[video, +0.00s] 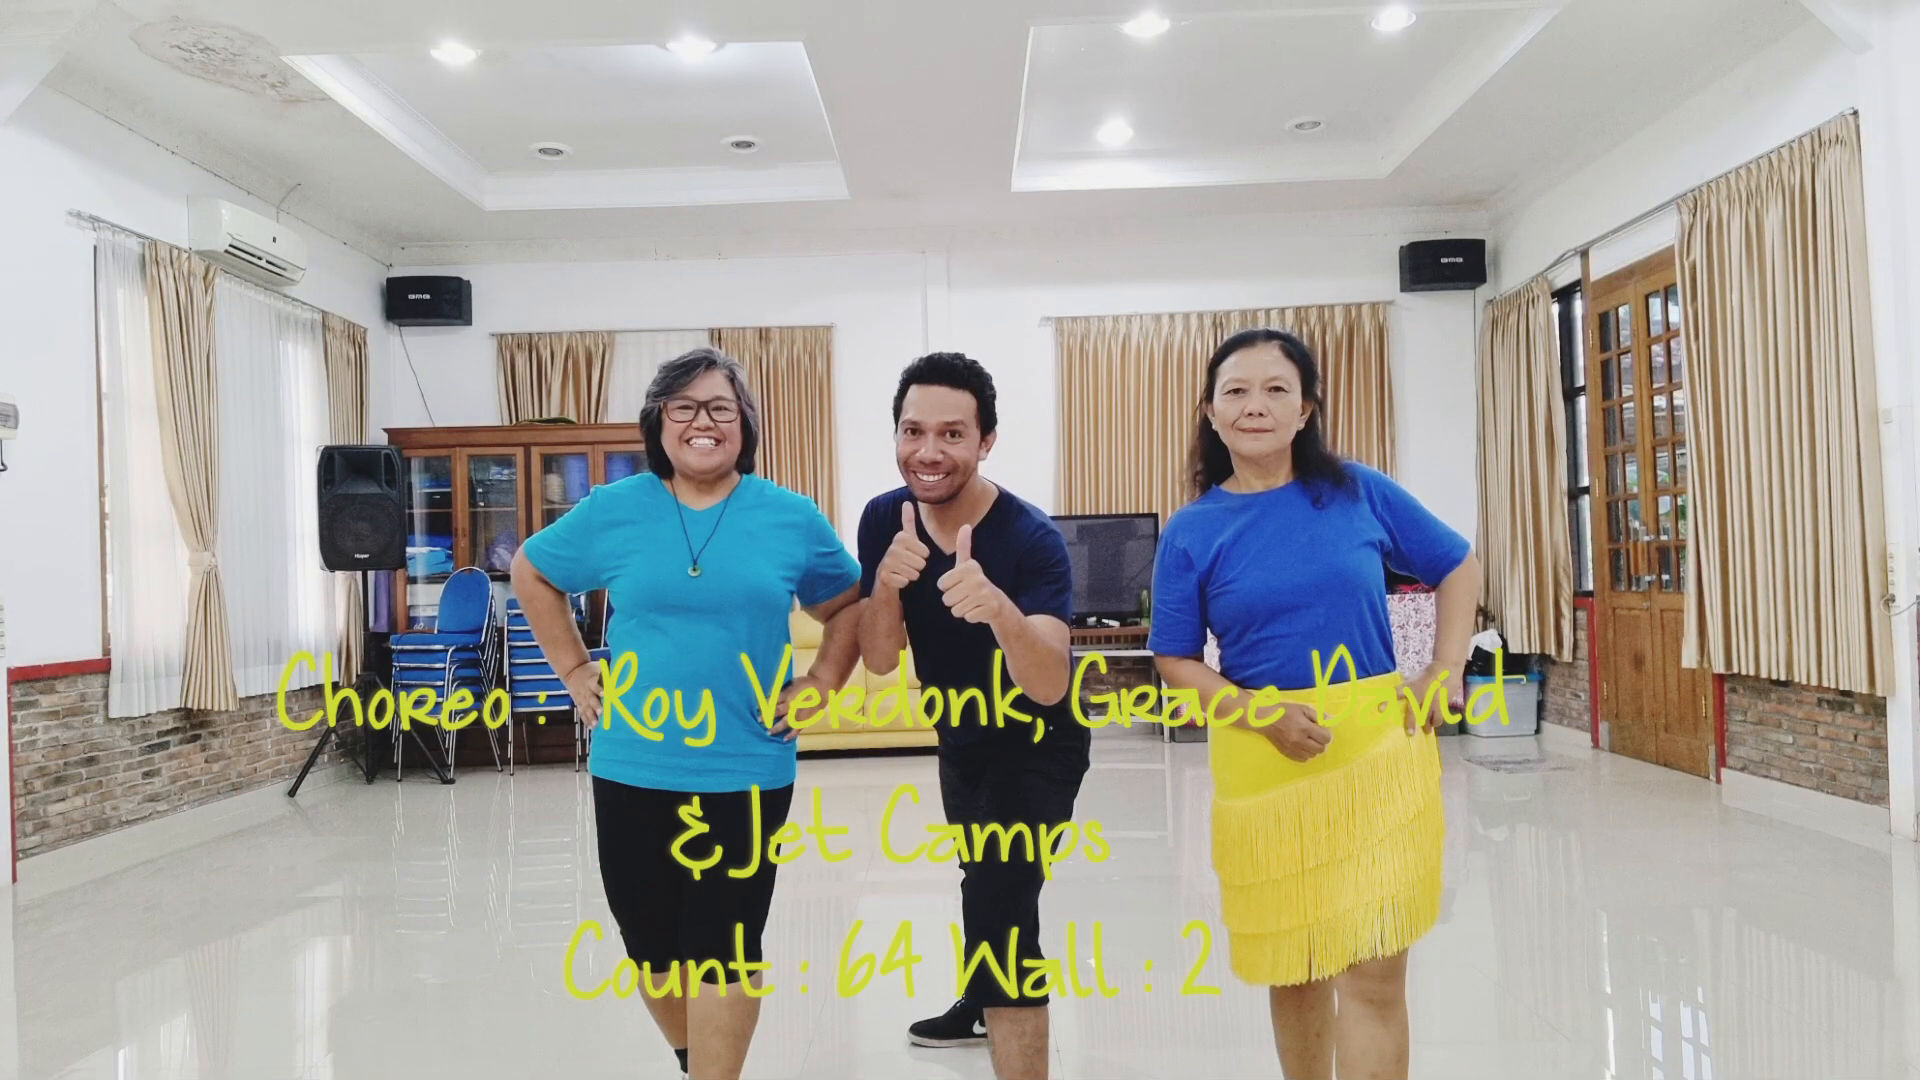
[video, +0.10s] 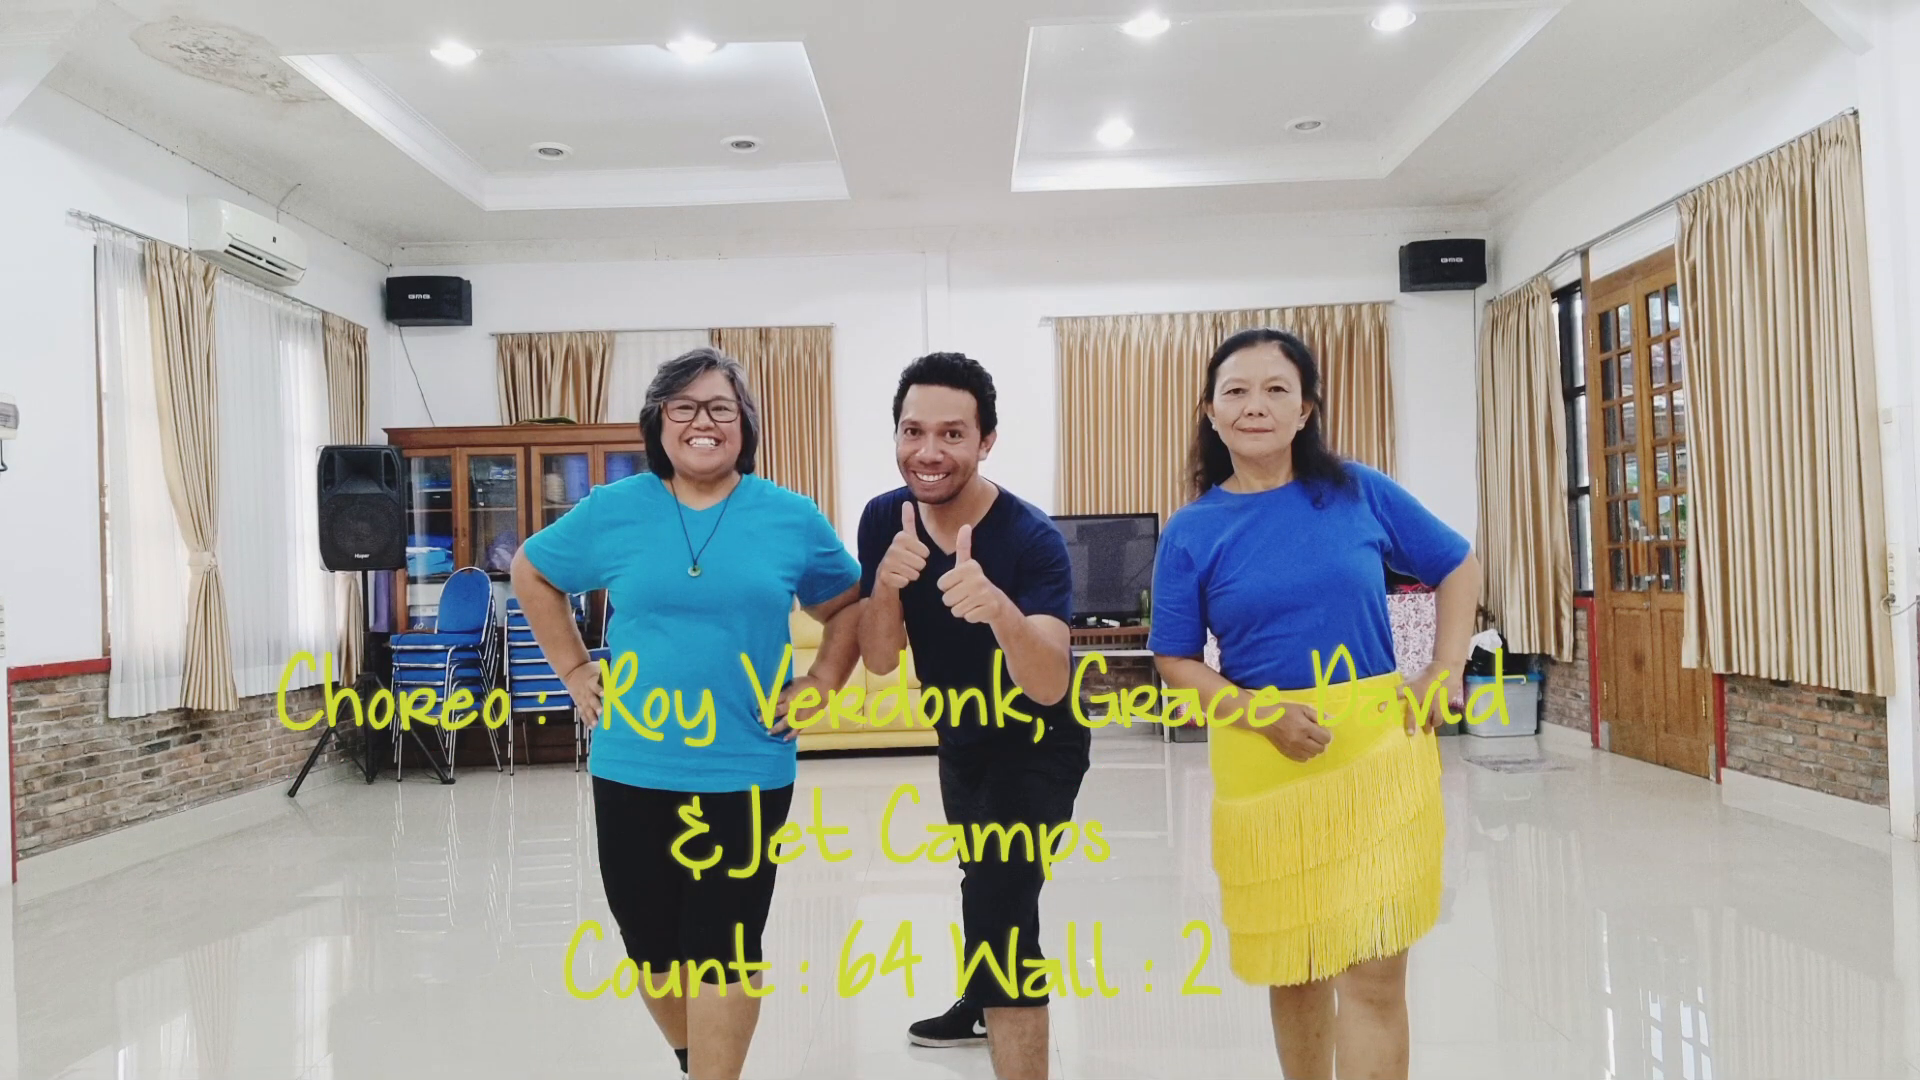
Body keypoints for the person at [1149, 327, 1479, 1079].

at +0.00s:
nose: (1254, 405)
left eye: (1276, 390)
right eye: (1234, 391)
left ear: (1305, 408)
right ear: (1212, 410)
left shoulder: (1359, 491)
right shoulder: (1192, 530)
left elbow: (1460, 565)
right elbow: (1172, 661)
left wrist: (1447, 667)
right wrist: (1261, 713)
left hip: (1377, 758)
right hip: (1267, 770)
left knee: (1377, 976)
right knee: (1296, 978)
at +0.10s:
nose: (1254, 405)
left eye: (1276, 390)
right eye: (1235, 391)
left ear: (1305, 408)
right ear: (1212, 410)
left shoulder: (1359, 491)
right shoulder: (1192, 530)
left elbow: (1460, 565)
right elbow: (1172, 661)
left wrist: (1447, 667)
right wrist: (1261, 713)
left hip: (1377, 758)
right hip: (1267, 771)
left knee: (1377, 976)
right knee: (1297, 978)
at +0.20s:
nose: (1254, 405)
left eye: (1276, 390)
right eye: (1235, 391)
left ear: (1305, 408)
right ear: (1212, 410)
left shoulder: (1359, 491)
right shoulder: (1192, 530)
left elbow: (1460, 565)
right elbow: (1172, 661)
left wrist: (1447, 667)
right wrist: (1261, 713)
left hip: (1377, 758)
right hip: (1267, 771)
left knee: (1377, 976)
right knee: (1297, 978)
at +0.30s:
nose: (1254, 405)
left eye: (1276, 390)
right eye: (1235, 391)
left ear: (1305, 408)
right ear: (1212, 410)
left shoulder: (1359, 491)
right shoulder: (1192, 530)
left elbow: (1460, 565)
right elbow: (1172, 661)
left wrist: (1447, 667)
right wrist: (1261, 713)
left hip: (1377, 758)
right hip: (1267, 771)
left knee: (1377, 976)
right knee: (1297, 978)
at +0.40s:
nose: (1254, 405)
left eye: (1276, 390)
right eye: (1235, 391)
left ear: (1305, 408)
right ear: (1212, 410)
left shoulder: (1359, 491)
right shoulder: (1192, 530)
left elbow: (1460, 565)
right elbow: (1172, 661)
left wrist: (1447, 667)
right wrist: (1261, 713)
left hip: (1377, 758)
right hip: (1267, 771)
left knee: (1377, 976)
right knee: (1297, 978)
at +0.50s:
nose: (1254, 405)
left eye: (1276, 390)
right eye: (1235, 391)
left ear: (1305, 408)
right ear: (1212, 410)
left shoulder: (1359, 491)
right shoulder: (1192, 530)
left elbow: (1460, 565)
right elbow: (1172, 661)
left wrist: (1447, 667)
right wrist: (1261, 713)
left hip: (1377, 758)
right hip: (1267, 771)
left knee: (1377, 976)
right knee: (1297, 978)